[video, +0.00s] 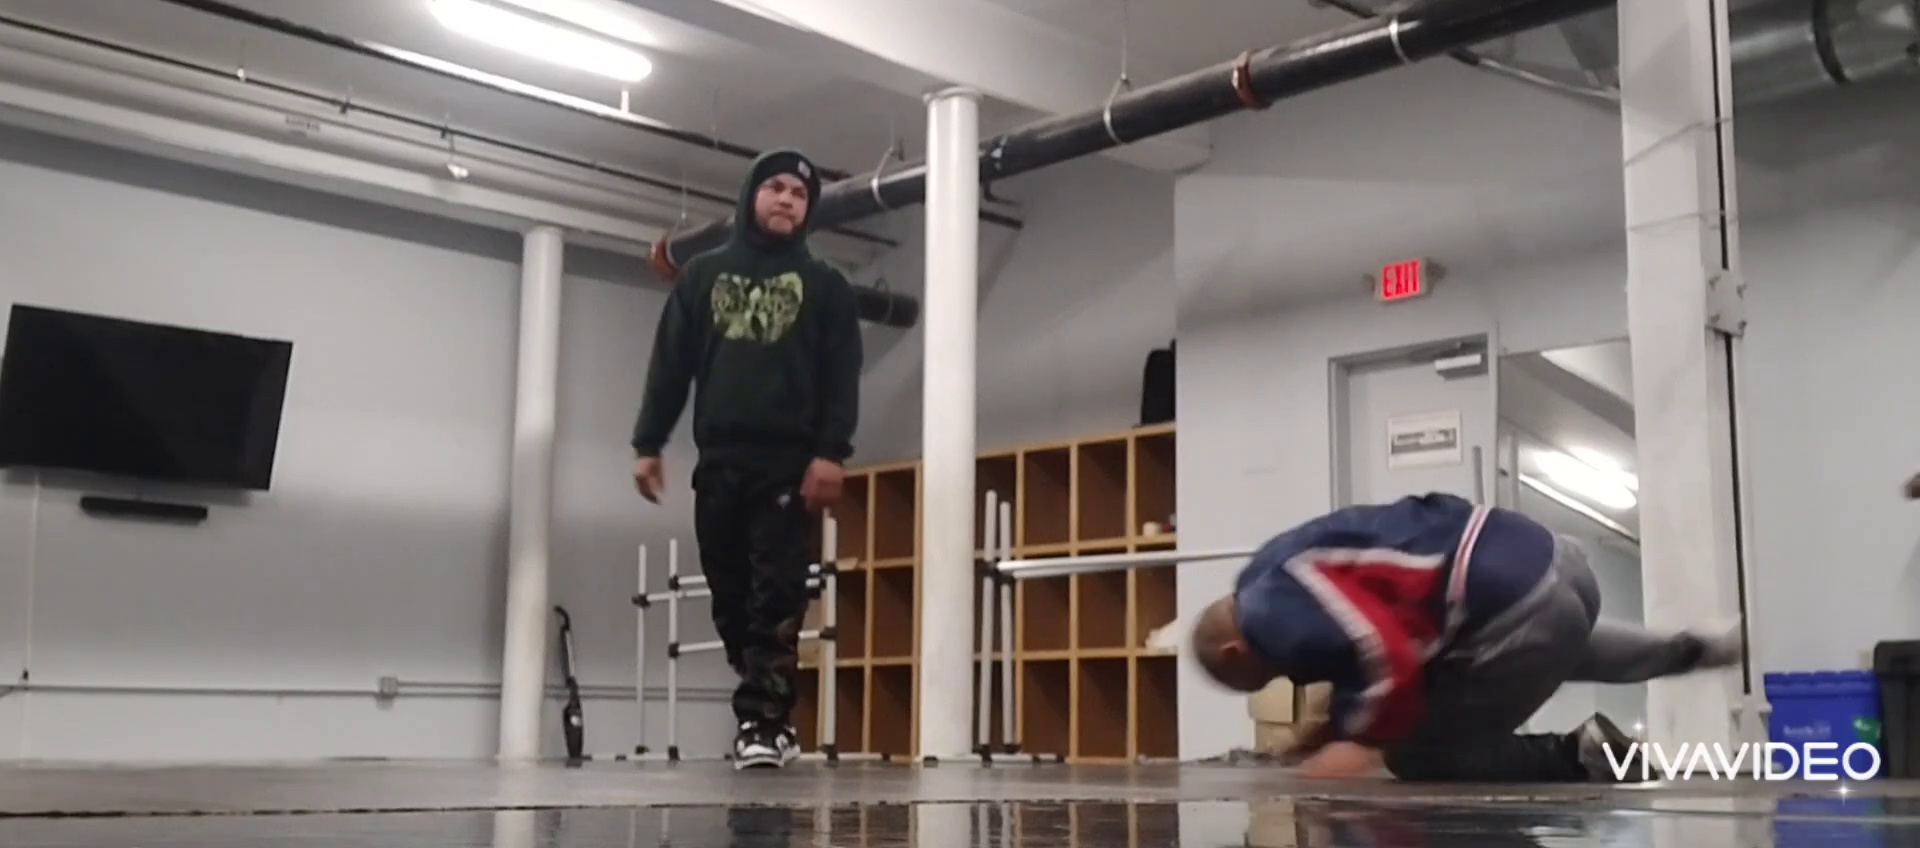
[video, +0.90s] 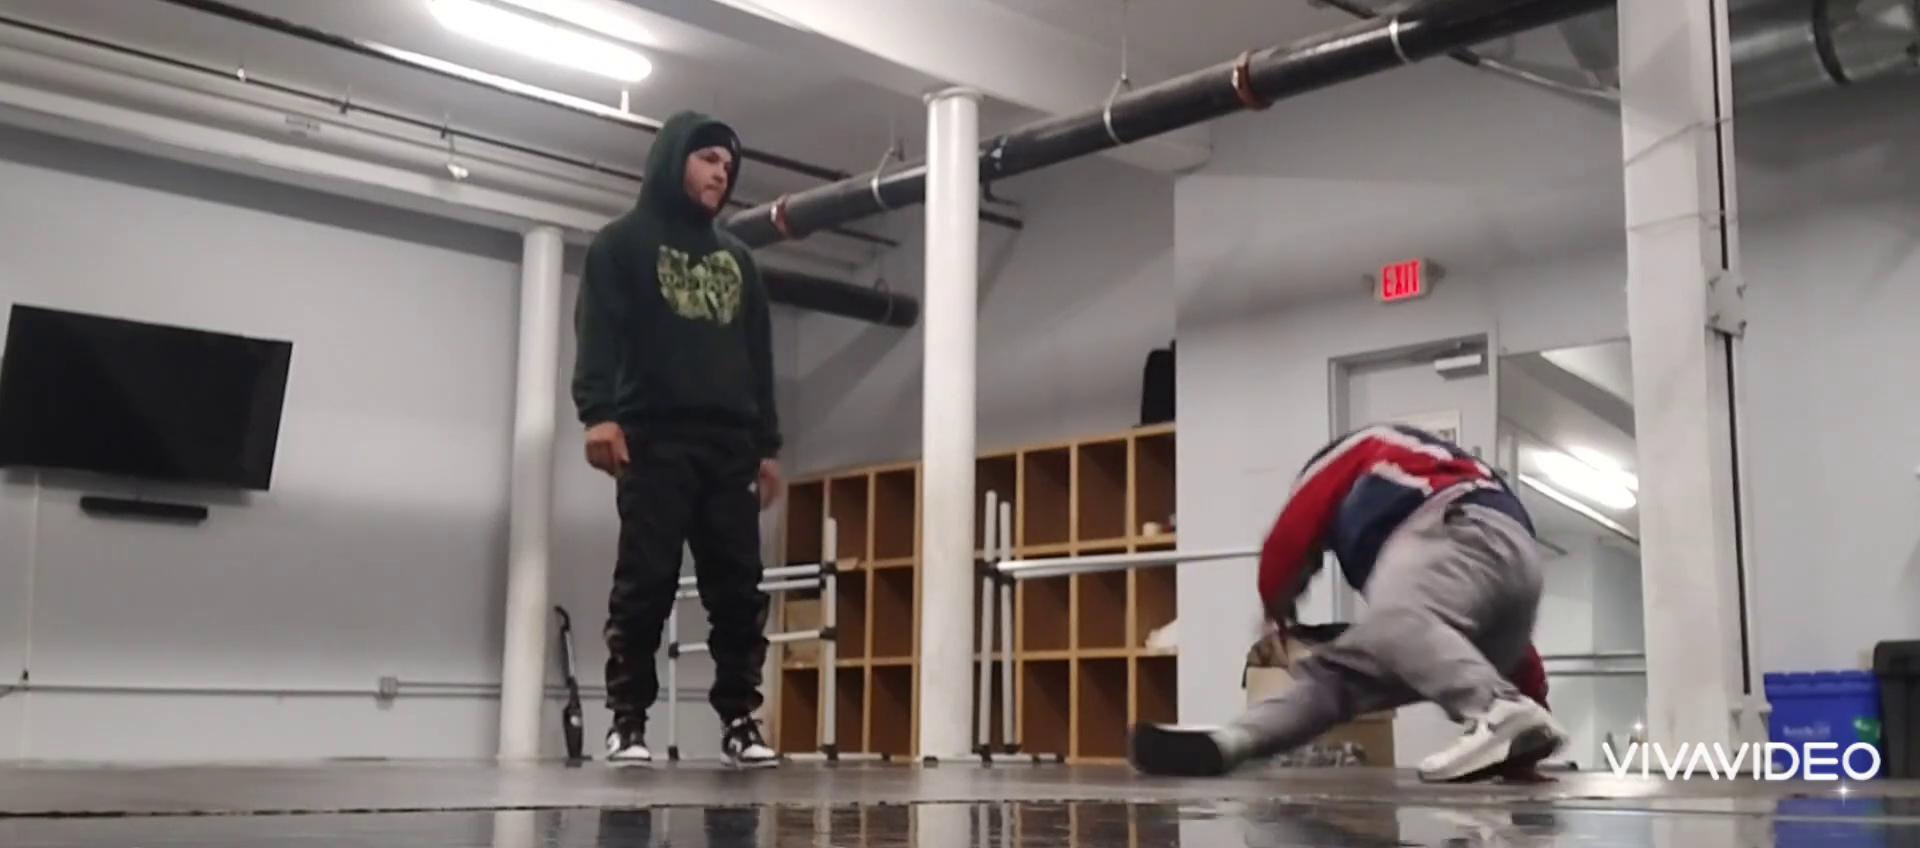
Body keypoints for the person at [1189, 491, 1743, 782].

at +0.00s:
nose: (1261, 683)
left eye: (1241, 680)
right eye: (1247, 680)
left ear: (1229, 649)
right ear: (1232, 622)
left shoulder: (1268, 601)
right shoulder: (1284, 562)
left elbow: (1388, 653)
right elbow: (1376, 649)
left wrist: (1360, 741)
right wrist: (1328, 729)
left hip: (1519, 623)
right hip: (1560, 563)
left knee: (1418, 756)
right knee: (1554, 647)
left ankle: (1576, 755)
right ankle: (1690, 649)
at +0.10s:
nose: (1267, 664)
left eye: (1258, 654)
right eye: (1261, 657)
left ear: (1256, 628)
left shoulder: (1274, 605)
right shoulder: (1340, 542)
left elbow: (1323, 687)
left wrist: (1290, 762)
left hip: (1512, 630)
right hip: (1560, 562)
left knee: (1405, 752)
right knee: (1556, 651)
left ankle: (1571, 758)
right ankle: (1683, 666)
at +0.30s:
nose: (1273, 692)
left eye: (1265, 683)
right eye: (1265, 687)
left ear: (1270, 627)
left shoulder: (1284, 583)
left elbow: (1299, 685)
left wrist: (1270, 759)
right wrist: (1513, 761)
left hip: (1462, 583)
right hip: (1544, 541)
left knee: (1434, 748)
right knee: (1642, 683)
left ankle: (1573, 757)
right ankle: (1730, 606)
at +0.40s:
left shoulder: (1307, 594)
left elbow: (1279, 693)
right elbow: (1530, 659)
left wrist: (1290, 763)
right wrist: (1544, 742)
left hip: (1427, 561)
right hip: (1518, 516)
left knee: (1446, 734)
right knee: (1580, 648)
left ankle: (1524, 750)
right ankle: (1691, 621)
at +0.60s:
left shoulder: (1324, 557)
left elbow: (1293, 662)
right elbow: (1521, 644)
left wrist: (1288, 759)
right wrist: (1514, 762)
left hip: (1422, 516)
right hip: (1510, 492)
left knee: (1450, 671)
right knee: (1569, 651)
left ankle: (1430, 717)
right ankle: (1637, 656)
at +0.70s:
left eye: (1267, 663)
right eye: (1266, 668)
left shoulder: (1325, 526)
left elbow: (1299, 638)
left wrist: (1289, 750)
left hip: (1474, 508)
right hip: (1563, 534)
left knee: (1418, 640)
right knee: (1522, 679)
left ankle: (1466, 683)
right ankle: (1518, 773)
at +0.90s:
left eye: (1319, 481)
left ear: (1336, 456)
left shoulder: (1360, 447)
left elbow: (1286, 542)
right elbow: (1511, 641)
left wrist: (1279, 608)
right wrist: (1535, 737)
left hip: (1466, 528)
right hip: (1519, 577)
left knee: (1396, 617)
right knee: (1337, 674)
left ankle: (1495, 709)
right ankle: (1232, 740)